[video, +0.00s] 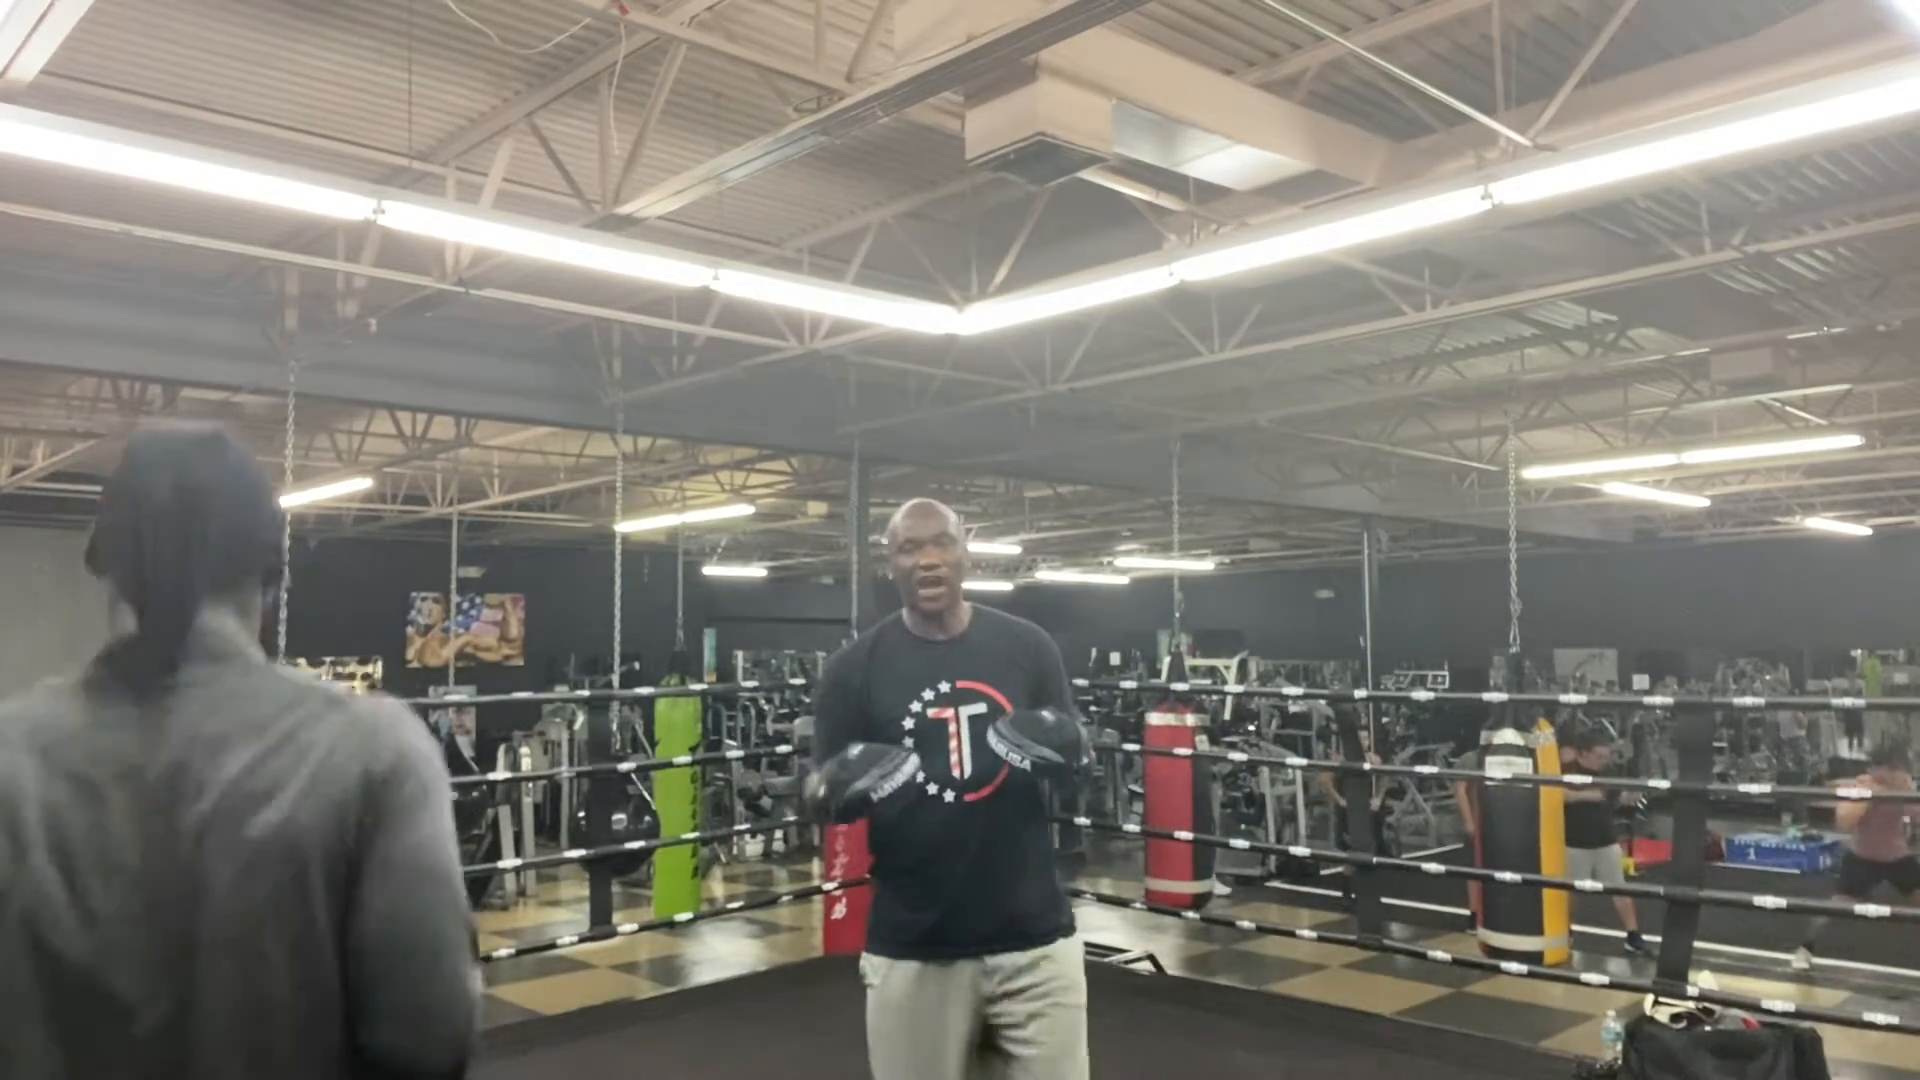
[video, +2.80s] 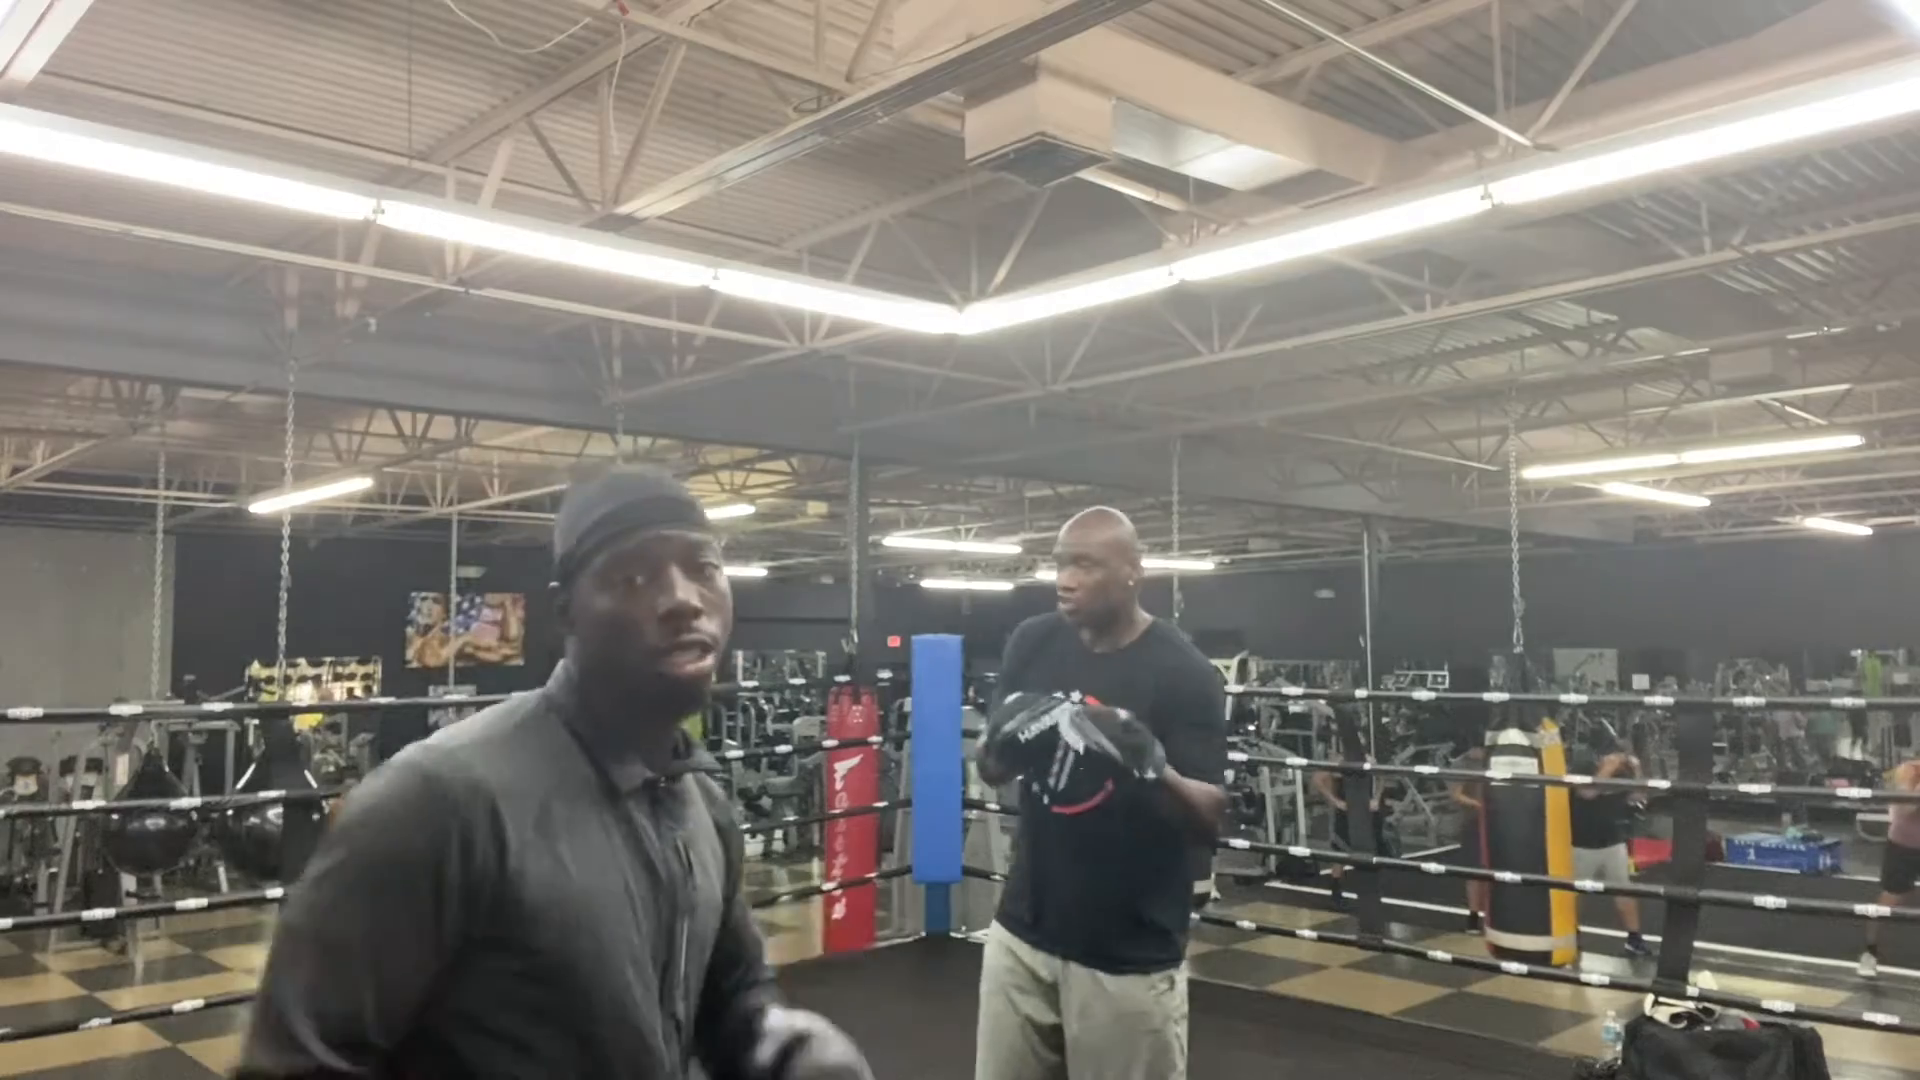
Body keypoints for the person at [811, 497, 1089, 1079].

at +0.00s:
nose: (928, 559)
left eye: (942, 543)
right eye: (911, 547)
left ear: (965, 554)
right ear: (890, 564)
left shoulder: (1031, 648)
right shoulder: (852, 669)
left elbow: (1074, 793)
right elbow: (820, 794)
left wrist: (1068, 755)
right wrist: (835, 789)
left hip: (1034, 942)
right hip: (913, 950)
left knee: (1058, 1072)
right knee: (914, 1073)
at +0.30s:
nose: (970, 565)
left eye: (983, 549)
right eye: (953, 552)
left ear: (1007, 558)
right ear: (932, 565)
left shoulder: (1069, 656)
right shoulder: (891, 665)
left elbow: (1139, 782)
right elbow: (849, 794)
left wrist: (1117, 750)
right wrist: (849, 780)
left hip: (1046, 944)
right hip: (926, 945)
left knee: (1056, 1073)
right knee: (925, 1073)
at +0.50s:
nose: (1033, 556)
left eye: (1049, 541)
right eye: (1017, 544)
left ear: (1074, 553)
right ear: (997, 558)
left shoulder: (1122, 650)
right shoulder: (954, 647)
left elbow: (1177, 784)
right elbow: (908, 764)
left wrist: (1178, 692)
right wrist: (856, 750)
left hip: (1079, 939)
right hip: (961, 934)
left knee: (1081, 1072)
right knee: (942, 1072)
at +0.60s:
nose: (1057, 561)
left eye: (1074, 546)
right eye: (1042, 547)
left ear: (1102, 556)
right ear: (1024, 560)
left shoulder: (1140, 652)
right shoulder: (980, 644)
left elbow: (1146, 804)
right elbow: (944, 768)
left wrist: (1158, 699)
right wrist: (894, 751)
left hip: (1090, 945)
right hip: (976, 936)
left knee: (1083, 1073)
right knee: (947, 1072)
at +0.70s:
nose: (1072, 565)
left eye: (1089, 550)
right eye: (1058, 551)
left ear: (1120, 559)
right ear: (1041, 562)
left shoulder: (1156, 662)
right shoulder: (1000, 637)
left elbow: (1143, 797)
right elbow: (957, 765)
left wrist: (1059, 753)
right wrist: (997, 738)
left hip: (1100, 952)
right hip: (989, 937)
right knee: (960, 1071)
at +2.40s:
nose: (1054, 580)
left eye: (1070, 566)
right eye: (1054, 565)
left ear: (1121, 576)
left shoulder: (1186, 671)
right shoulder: (1038, 648)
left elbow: (1219, 807)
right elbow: (1003, 772)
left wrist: (1151, 771)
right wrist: (1009, 745)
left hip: (1137, 947)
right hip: (1041, 931)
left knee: (1135, 1073)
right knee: (1035, 1073)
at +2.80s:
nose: (1063, 580)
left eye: (1083, 564)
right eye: (1060, 563)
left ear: (1132, 574)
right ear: (1054, 567)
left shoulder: (1187, 675)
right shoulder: (1033, 642)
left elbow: (1210, 818)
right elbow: (991, 771)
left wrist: (1151, 766)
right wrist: (1008, 742)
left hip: (1129, 962)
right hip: (1023, 942)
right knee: (1002, 1073)